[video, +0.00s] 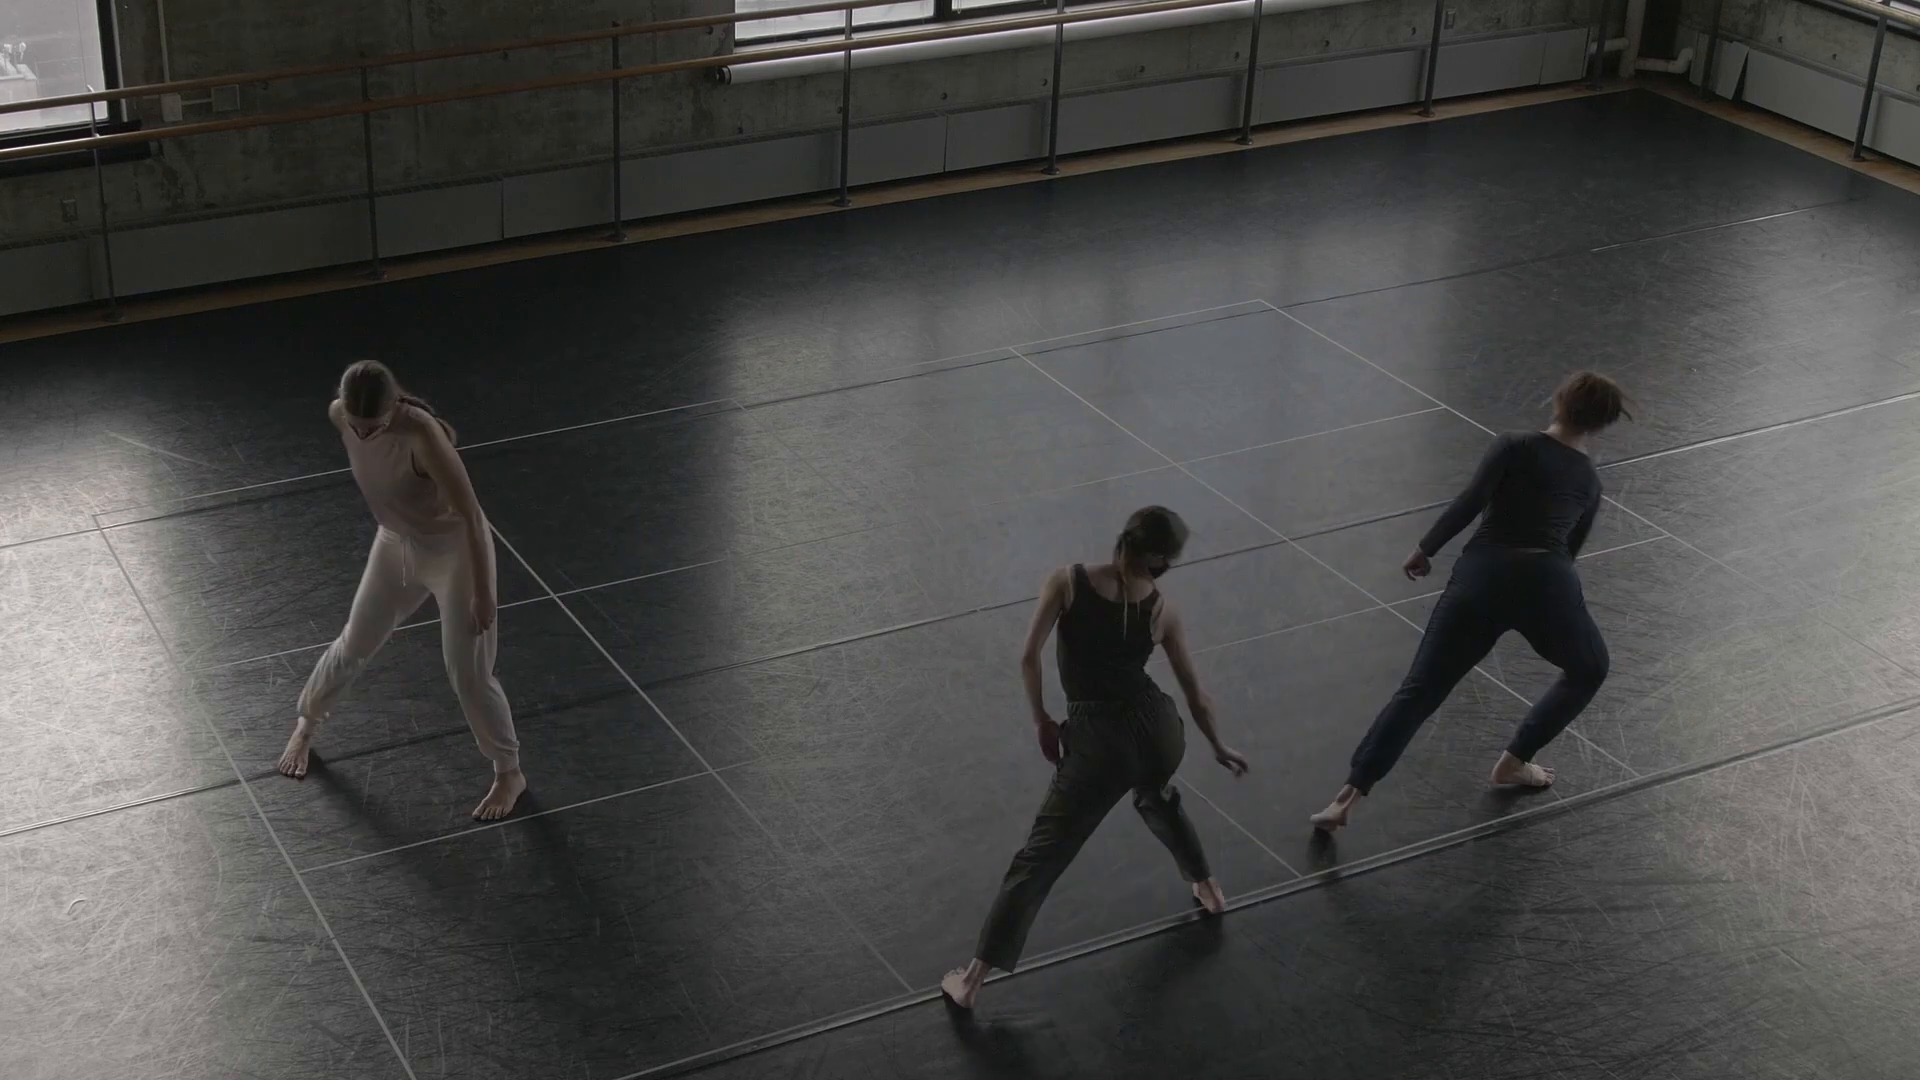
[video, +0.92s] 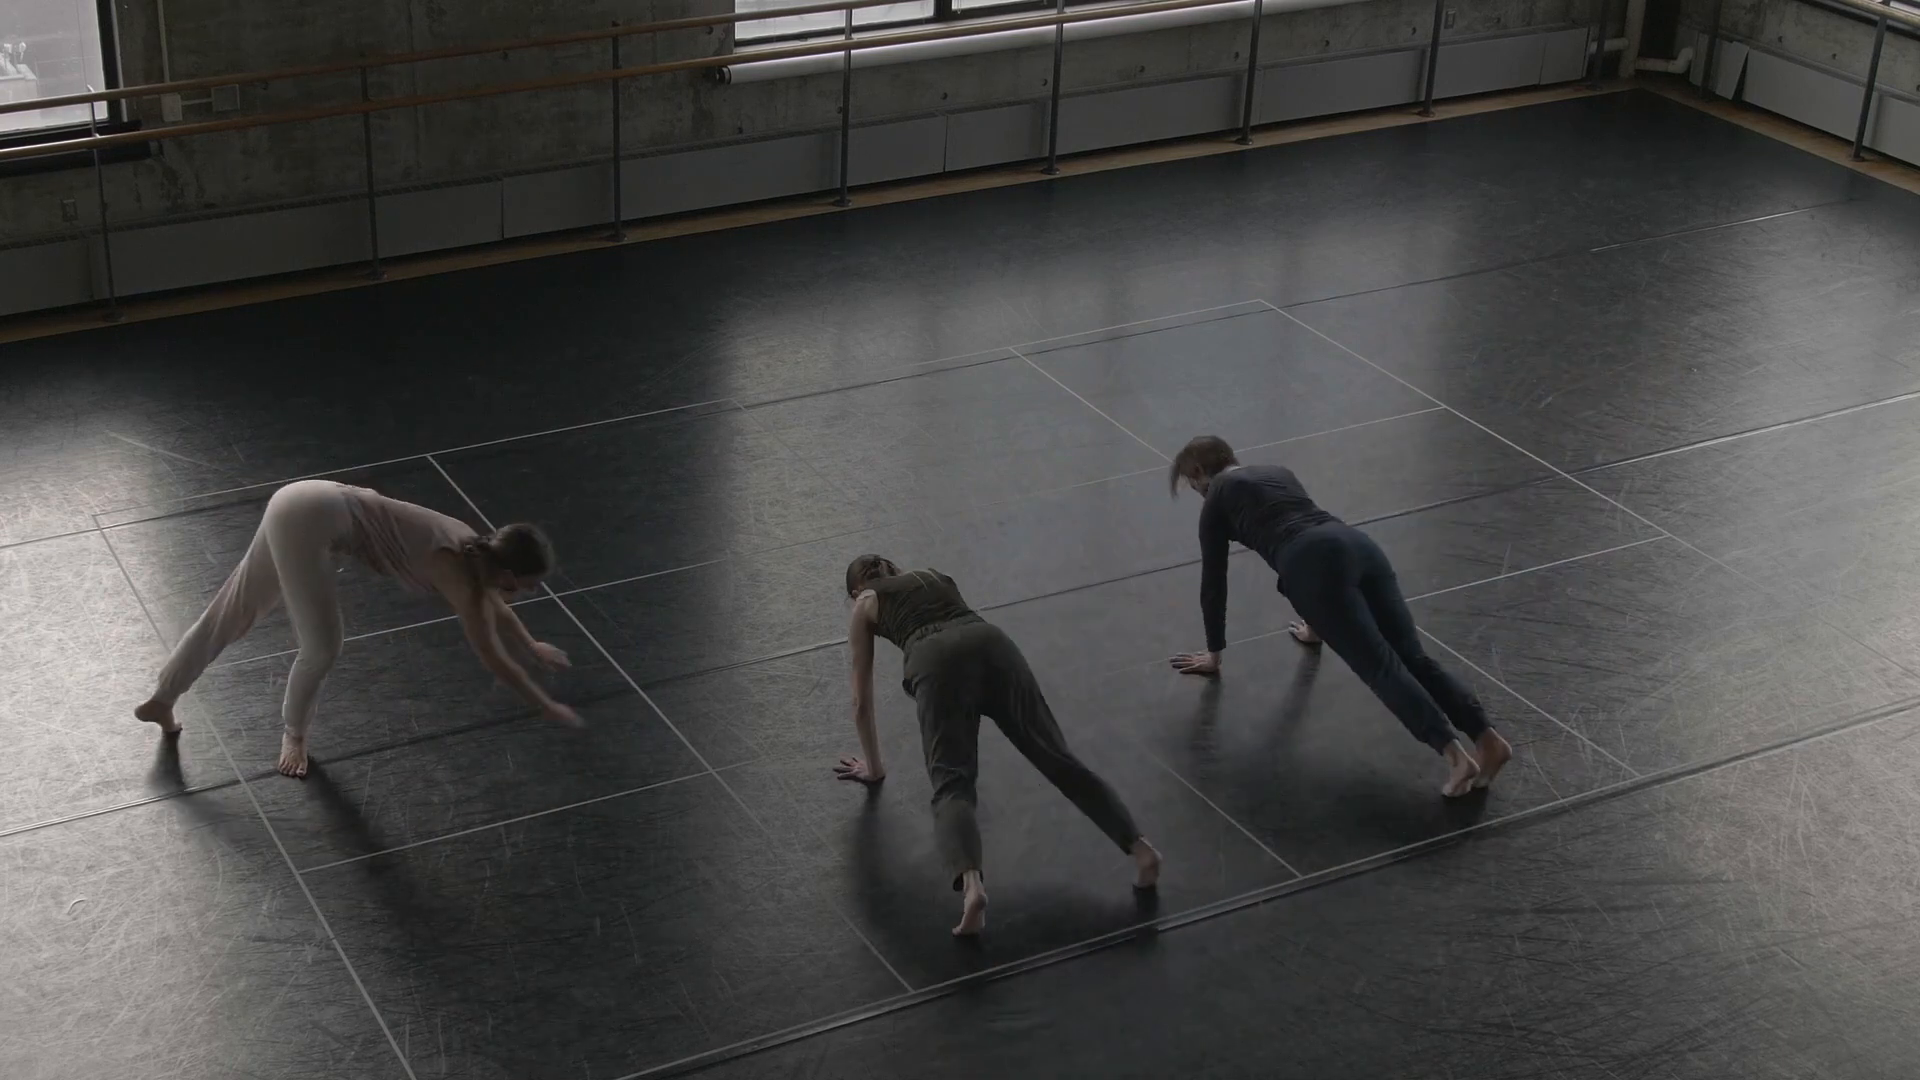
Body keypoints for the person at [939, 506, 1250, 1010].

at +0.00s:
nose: (1163, 570)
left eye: (1165, 562)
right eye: (1164, 563)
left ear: (1123, 541)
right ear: (1160, 559)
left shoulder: (1069, 581)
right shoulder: (1159, 607)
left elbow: (1030, 656)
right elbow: (1196, 695)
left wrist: (1041, 721)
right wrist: (1219, 746)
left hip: (1098, 746)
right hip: (1160, 734)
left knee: (1039, 855)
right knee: (1156, 795)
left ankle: (972, 980)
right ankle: (1207, 889)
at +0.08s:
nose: (1115, 563)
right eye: (1117, 556)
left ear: (1075, 547)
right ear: (1116, 556)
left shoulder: (1040, 599)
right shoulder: (1118, 603)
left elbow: (1024, 682)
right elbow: (1145, 677)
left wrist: (1037, 735)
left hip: (1098, 753)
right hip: (1154, 738)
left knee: (1035, 864)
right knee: (1137, 805)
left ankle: (974, 986)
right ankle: (1219, 875)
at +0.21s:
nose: (994, 581)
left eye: (996, 575)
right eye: (999, 574)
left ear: (999, 580)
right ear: (1044, 578)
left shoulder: (1006, 630)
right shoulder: (1067, 620)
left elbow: (1001, 720)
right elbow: (1075, 697)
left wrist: (1002, 748)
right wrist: (1037, 752)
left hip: (1103, 754)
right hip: (1151, 734)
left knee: (1039, 863)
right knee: (1130, 821)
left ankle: (975, 986)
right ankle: (1230, 865)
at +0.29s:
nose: (968, 616)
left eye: (967, 609)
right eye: (967, 609)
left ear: (973, 612)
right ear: (1013, 602)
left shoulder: (985, 650)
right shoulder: (1046, 638)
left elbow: (969, 738)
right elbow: (1021, 729)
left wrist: (956, 756)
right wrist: (996, 784)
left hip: (1091, 733)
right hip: (1141, 722)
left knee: (1038, 858)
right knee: (1124, 826)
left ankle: (975, 983)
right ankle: (1229, 865)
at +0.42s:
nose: (932, 641)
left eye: (933, 634)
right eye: (933, 634)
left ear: (943, 636)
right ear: (976, 629)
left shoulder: (946, 668)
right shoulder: (1011, 651)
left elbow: (912, 741)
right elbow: (1015, 734)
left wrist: (888, 756)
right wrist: (993, 800)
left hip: (1059, 719)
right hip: (1111, 711)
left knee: (1025, 844)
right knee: (1113, 830)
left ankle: (974, 976)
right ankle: (1225, 855)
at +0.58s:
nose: (901, 634)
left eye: (900, 627)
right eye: (906, 625)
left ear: (906, 625)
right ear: (940, 611)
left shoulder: (908, 648)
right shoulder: (979, 627)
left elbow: (886, 720)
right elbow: (1002, 672)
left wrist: (873, 766)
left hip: (998, 699)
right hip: (1045, 684)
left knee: (992, 823)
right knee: (1100, 799)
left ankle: (973, 947)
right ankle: (1219, 851)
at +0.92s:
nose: (857, 606)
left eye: (855, 599)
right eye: (855, 599)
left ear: (862, 590)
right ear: (890, 569)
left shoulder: (865, 604)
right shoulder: (934, 578)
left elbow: (861, 699)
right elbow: (963, 625)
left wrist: (874, 768)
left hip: (935, 655)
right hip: (988, 638)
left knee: (953, 781)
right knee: (1054, 754)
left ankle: (971, 882)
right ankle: (1138, 846)